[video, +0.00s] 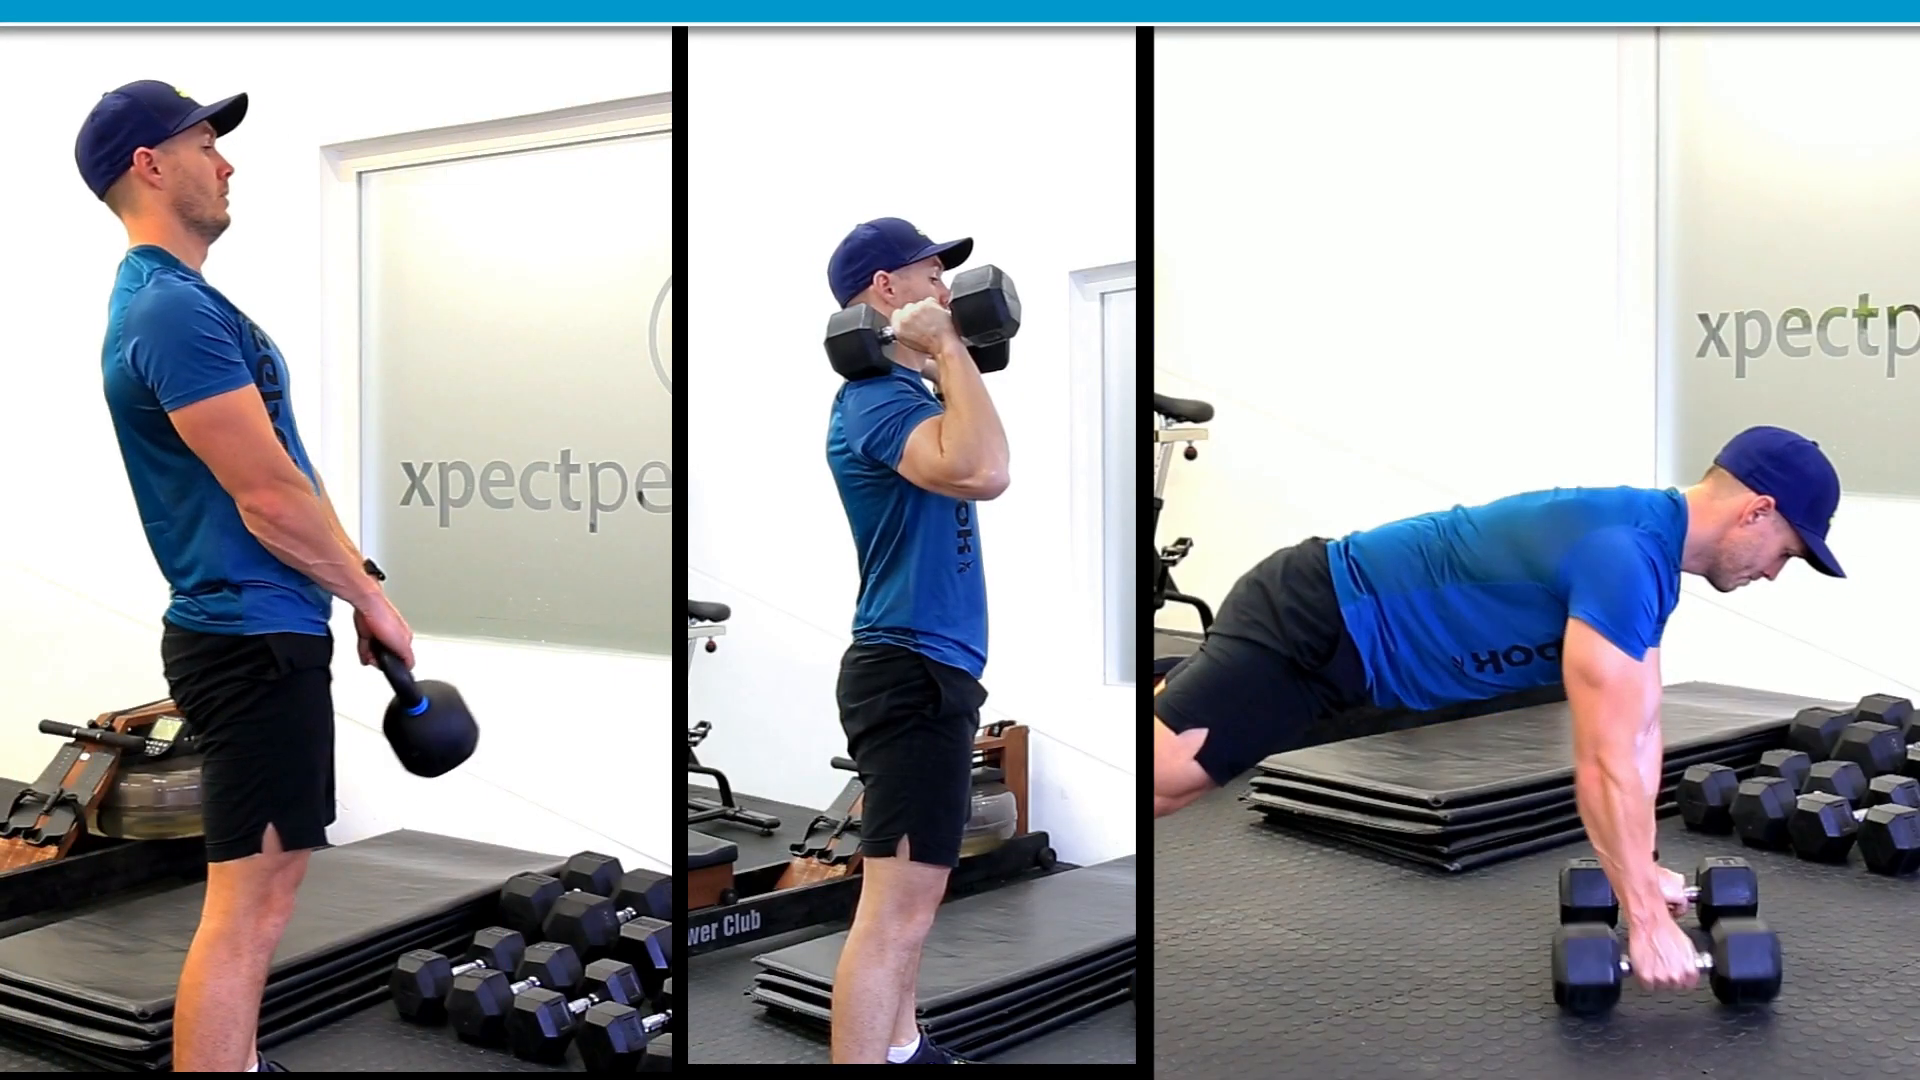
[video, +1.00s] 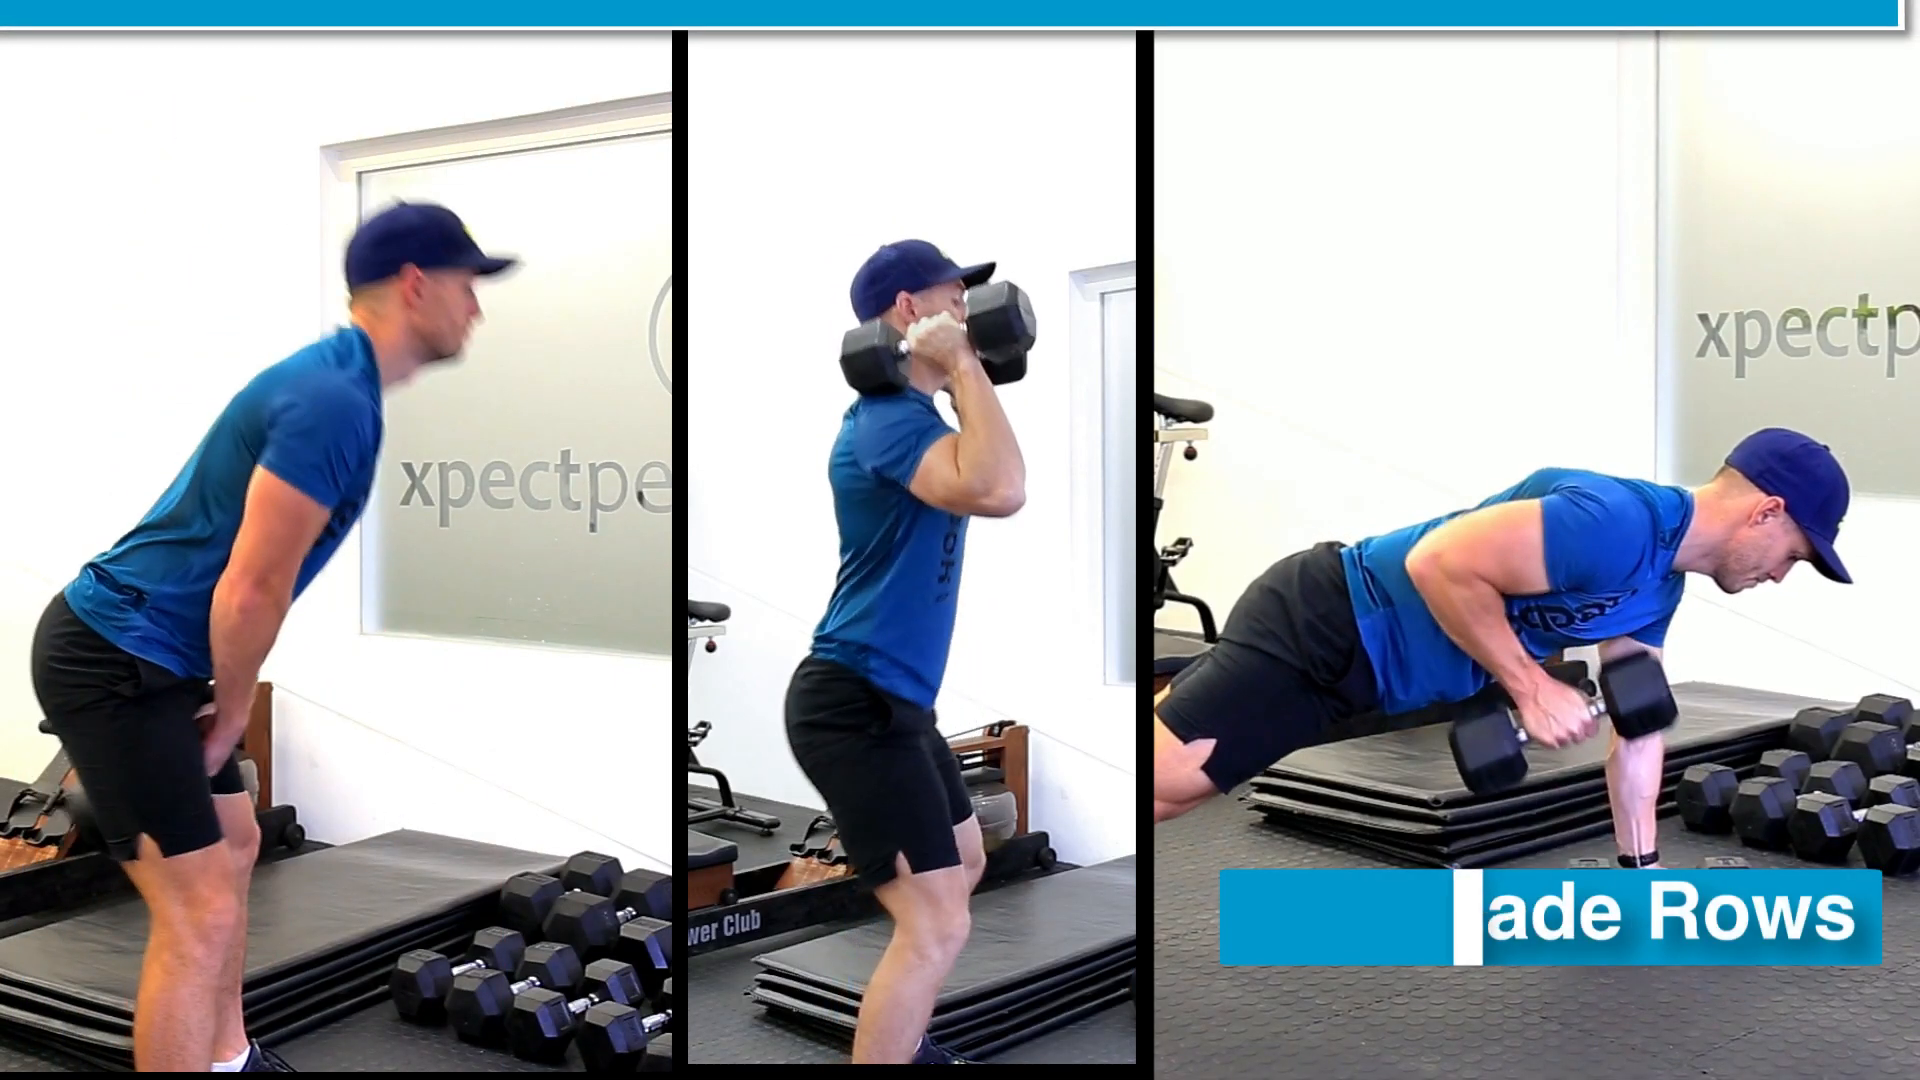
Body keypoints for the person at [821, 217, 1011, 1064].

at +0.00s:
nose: (947, 283)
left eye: (942, 270)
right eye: (933, 271)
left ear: (884, 291)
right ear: (886, 287)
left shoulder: (901, 397)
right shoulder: (871, 401)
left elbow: (986, 472)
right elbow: (977, 468)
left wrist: (948, 354)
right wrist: (946, 347)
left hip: (934, 675)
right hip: (908, 675)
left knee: (912, 903)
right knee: (895, 914)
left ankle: (899, 1048)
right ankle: (862, 1063)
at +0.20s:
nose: (947, 284)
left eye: (943, 270)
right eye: (935, 271)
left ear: (885, 291)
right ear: (887, 286)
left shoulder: (903, 397)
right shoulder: (871, 402)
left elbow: (988, 471)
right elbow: (977, 468)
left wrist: (949, 355)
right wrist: (946, 348)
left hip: (935, 675)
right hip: (908, 676)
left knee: (914, 903)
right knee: (895, 915)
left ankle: (899, 1047)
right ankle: (862, 1063)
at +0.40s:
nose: (949, 284)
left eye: (944, 270)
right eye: (936, 271)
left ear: (886, 290)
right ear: (888, 286)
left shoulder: (905, 396)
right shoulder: (872, 400)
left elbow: (989, 472)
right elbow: (977, 466)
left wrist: (952, 354)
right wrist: (947, 346)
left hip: (935, 675)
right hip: (907, 675)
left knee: (917, 899)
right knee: (898, 910)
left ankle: (900, 1047)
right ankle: (863, 1062)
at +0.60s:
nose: (953, 282)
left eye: (949, 268)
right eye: (940, 269)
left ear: (889, 288)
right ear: (891, 284)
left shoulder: (900, 394)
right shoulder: (876, 396)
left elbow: (993, 471)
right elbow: (980, 465)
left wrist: (954, 351)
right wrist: (950, 344)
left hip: (915, 673)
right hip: (900, 677)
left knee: (909, 900)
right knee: (912, 908)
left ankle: (899, 1047)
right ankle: (869, 1062)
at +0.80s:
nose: (957, 282)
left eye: (952, 268)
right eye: (943, 270)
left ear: (896, 289)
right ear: (896, 286)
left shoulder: (908, 396)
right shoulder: (878, 400)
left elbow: (994, 471)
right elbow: (986, 469)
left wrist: (960, 352)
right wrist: (955, 348)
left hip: (911, 677)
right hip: (881, 680)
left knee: (937, 886)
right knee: (917, 914)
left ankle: (899, 1042)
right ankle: (873, 1061)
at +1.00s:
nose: (966, 316)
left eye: (963, 300)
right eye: (951, 301)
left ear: (903, 316)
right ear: (904, 311)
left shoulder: (909, 415)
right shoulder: (885, 419)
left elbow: (995, 487)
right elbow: (1000, 489)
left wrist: (969, 369)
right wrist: (960, 367)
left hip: (893, 698)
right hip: (850, 701)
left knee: (961, 862)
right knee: (934, 928)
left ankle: (896, 1029)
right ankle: (880, 1057)